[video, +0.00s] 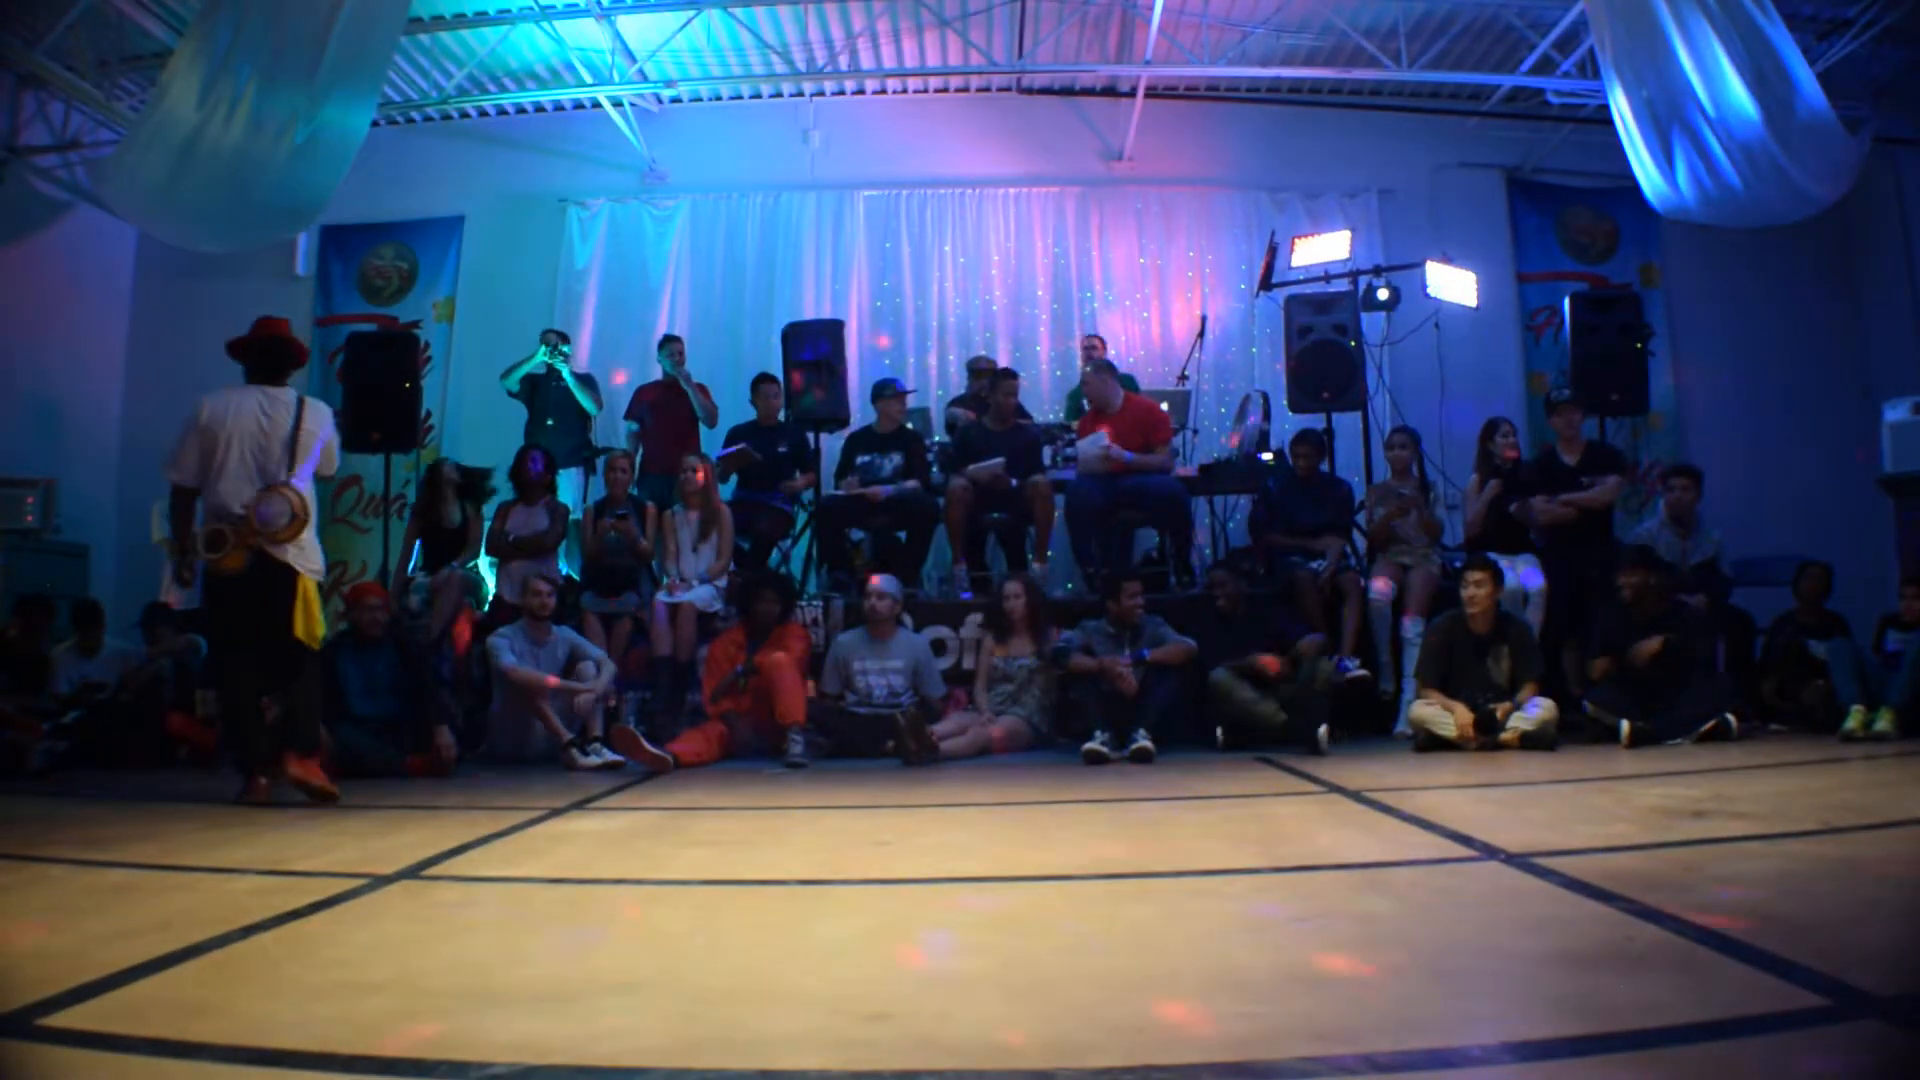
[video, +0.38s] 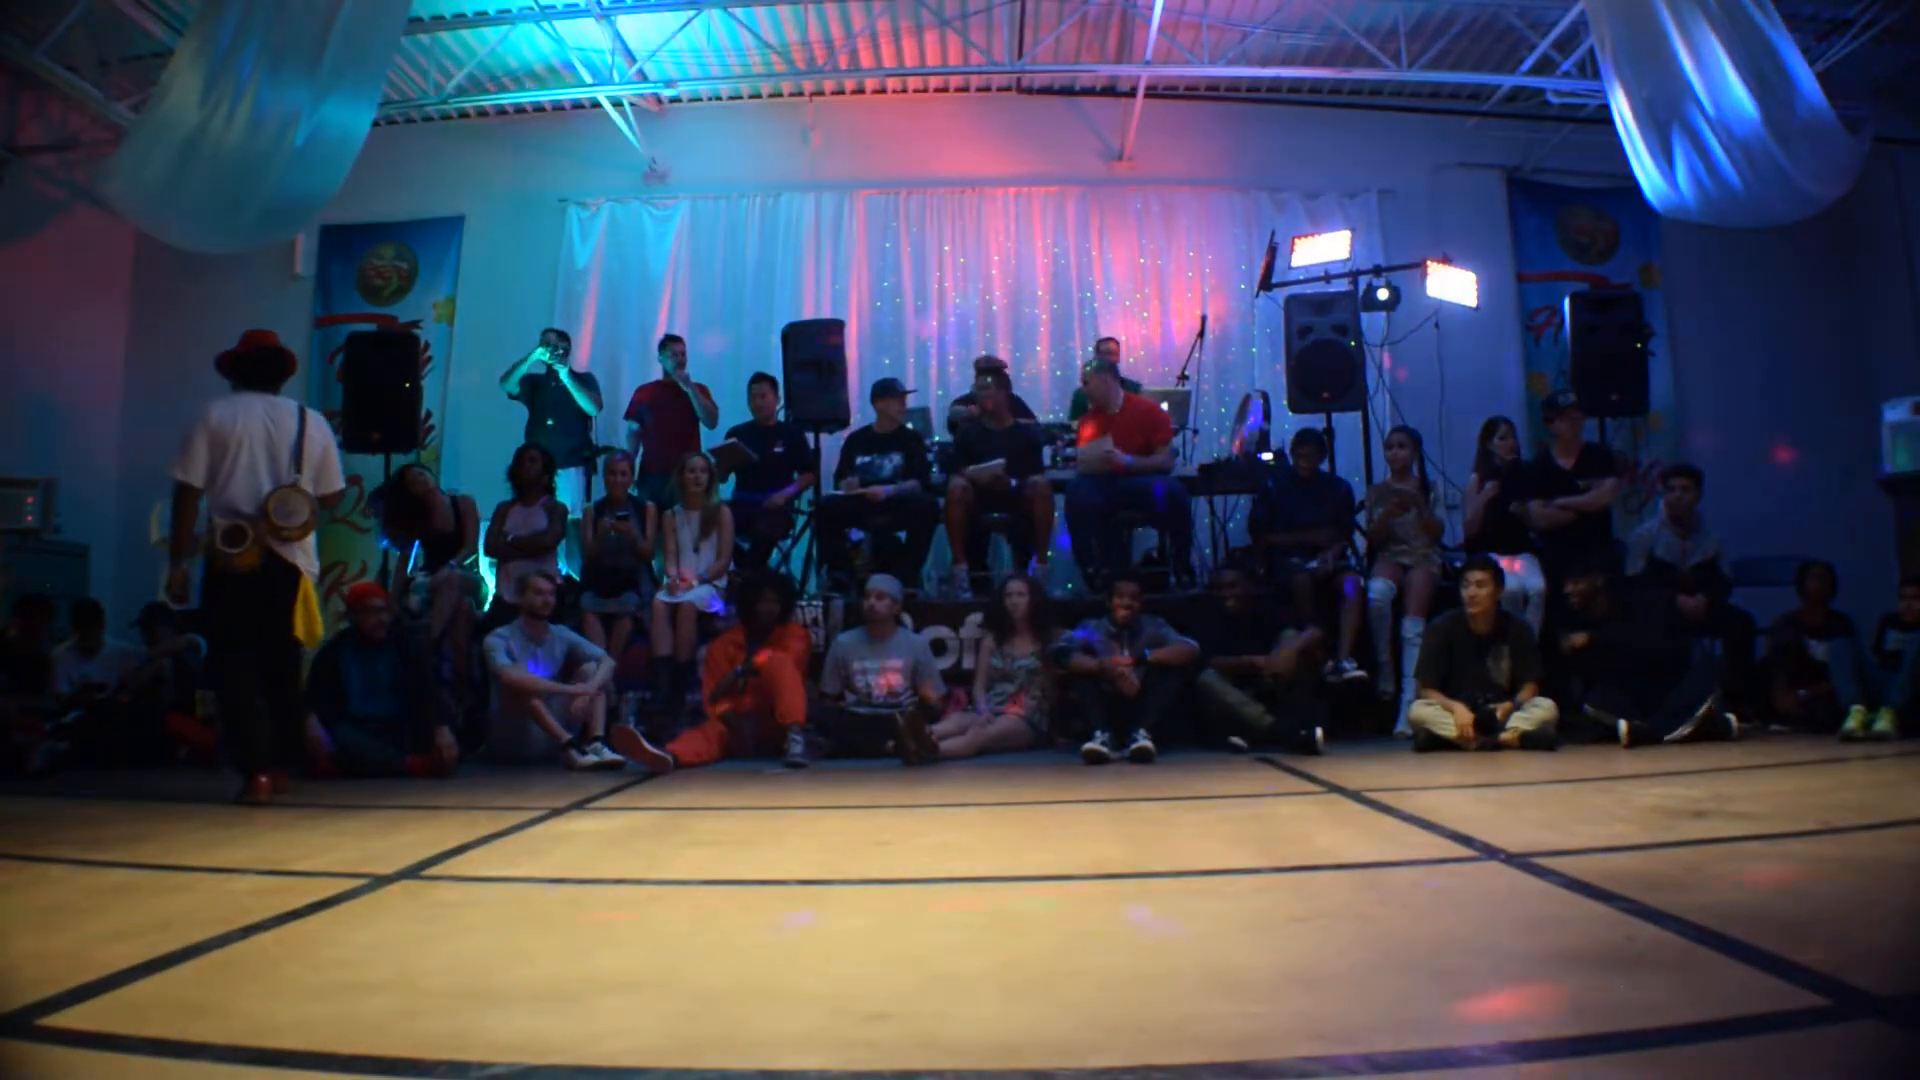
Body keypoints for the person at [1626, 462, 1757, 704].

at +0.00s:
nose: (1678, 497)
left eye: (1686, 490)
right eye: (1672, 490)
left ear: (1698, 497)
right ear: (1663, 494)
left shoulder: (1711, 539)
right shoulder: (1645, 536)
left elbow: (1722, 580)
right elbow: (1639, 580)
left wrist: (1706, 600)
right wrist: (1678, 600)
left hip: (1700, 608)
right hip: (1659, 606)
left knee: (1742, 622)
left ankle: (1740, 694)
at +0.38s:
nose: (1678, 497)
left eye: (1686, 490)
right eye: (1672, 490)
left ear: (1698, 497)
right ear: (1663, 495)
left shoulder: (1709, 537)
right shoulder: (1645, 537)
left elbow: (1722, 579)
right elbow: (1638, 583)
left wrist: (1704, 600)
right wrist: (1675, 600)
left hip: (1700, 609)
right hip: (1661, 609)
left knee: (1741, 623)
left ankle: (1738, 700)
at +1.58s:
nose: (1674, 498)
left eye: (1683, 491)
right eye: (1669, 491)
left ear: (1695, 497)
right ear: (1662, 497)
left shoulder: (1708, 540)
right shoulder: (1646, 536)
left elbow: (1720, 583)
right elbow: (1636, 582)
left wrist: (1703, 601)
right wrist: (1674, 600)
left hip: (1698, 611)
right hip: (1658, 609)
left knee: (1740, 623)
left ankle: (1735, 708)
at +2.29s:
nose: (1674, 499)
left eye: (1682, 492)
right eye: (1669, 492)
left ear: (1696, 497)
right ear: (1662, 496)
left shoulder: (1708, 539)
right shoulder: (1649, 536)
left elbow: (1720, 582)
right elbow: (1643, 580)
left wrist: (1705, 600)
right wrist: (1673, 598)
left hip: (1701, 608)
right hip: (1662, 607)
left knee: (1740, 622)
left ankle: (1738, 701)